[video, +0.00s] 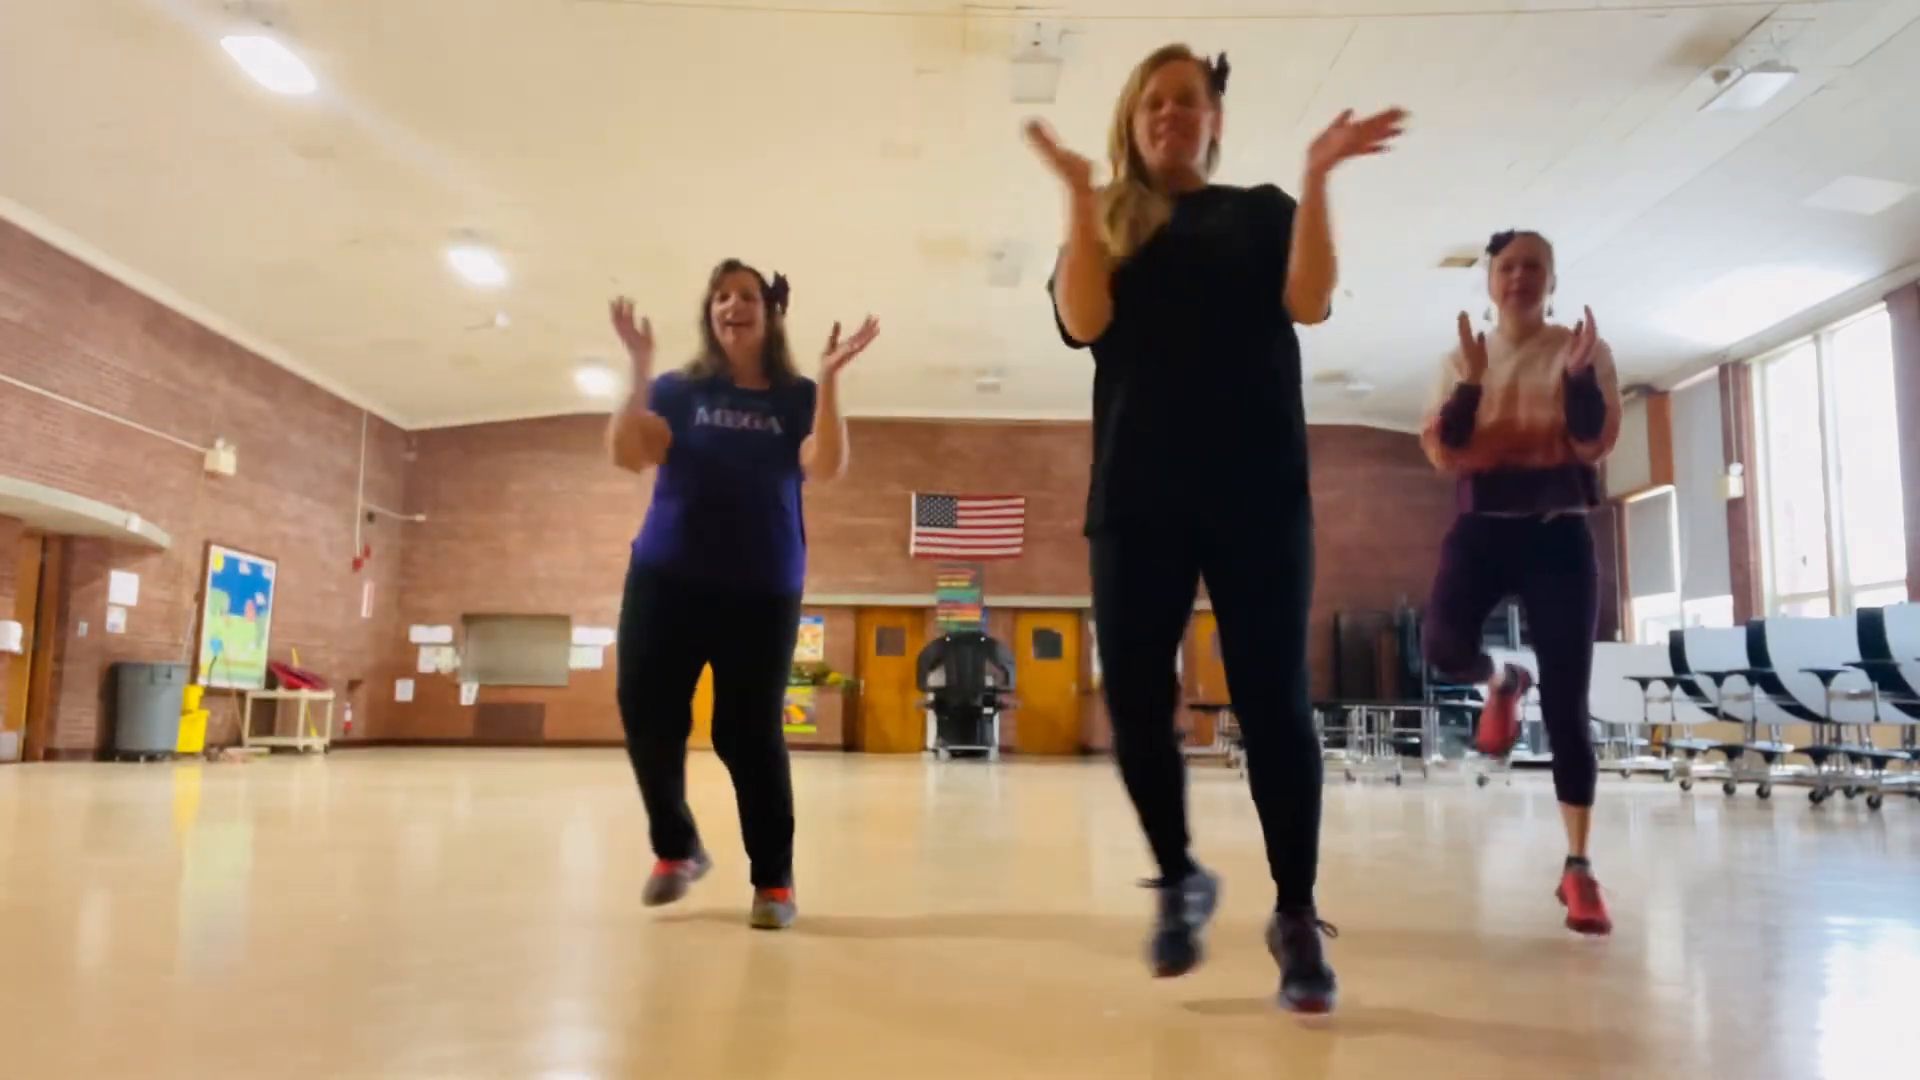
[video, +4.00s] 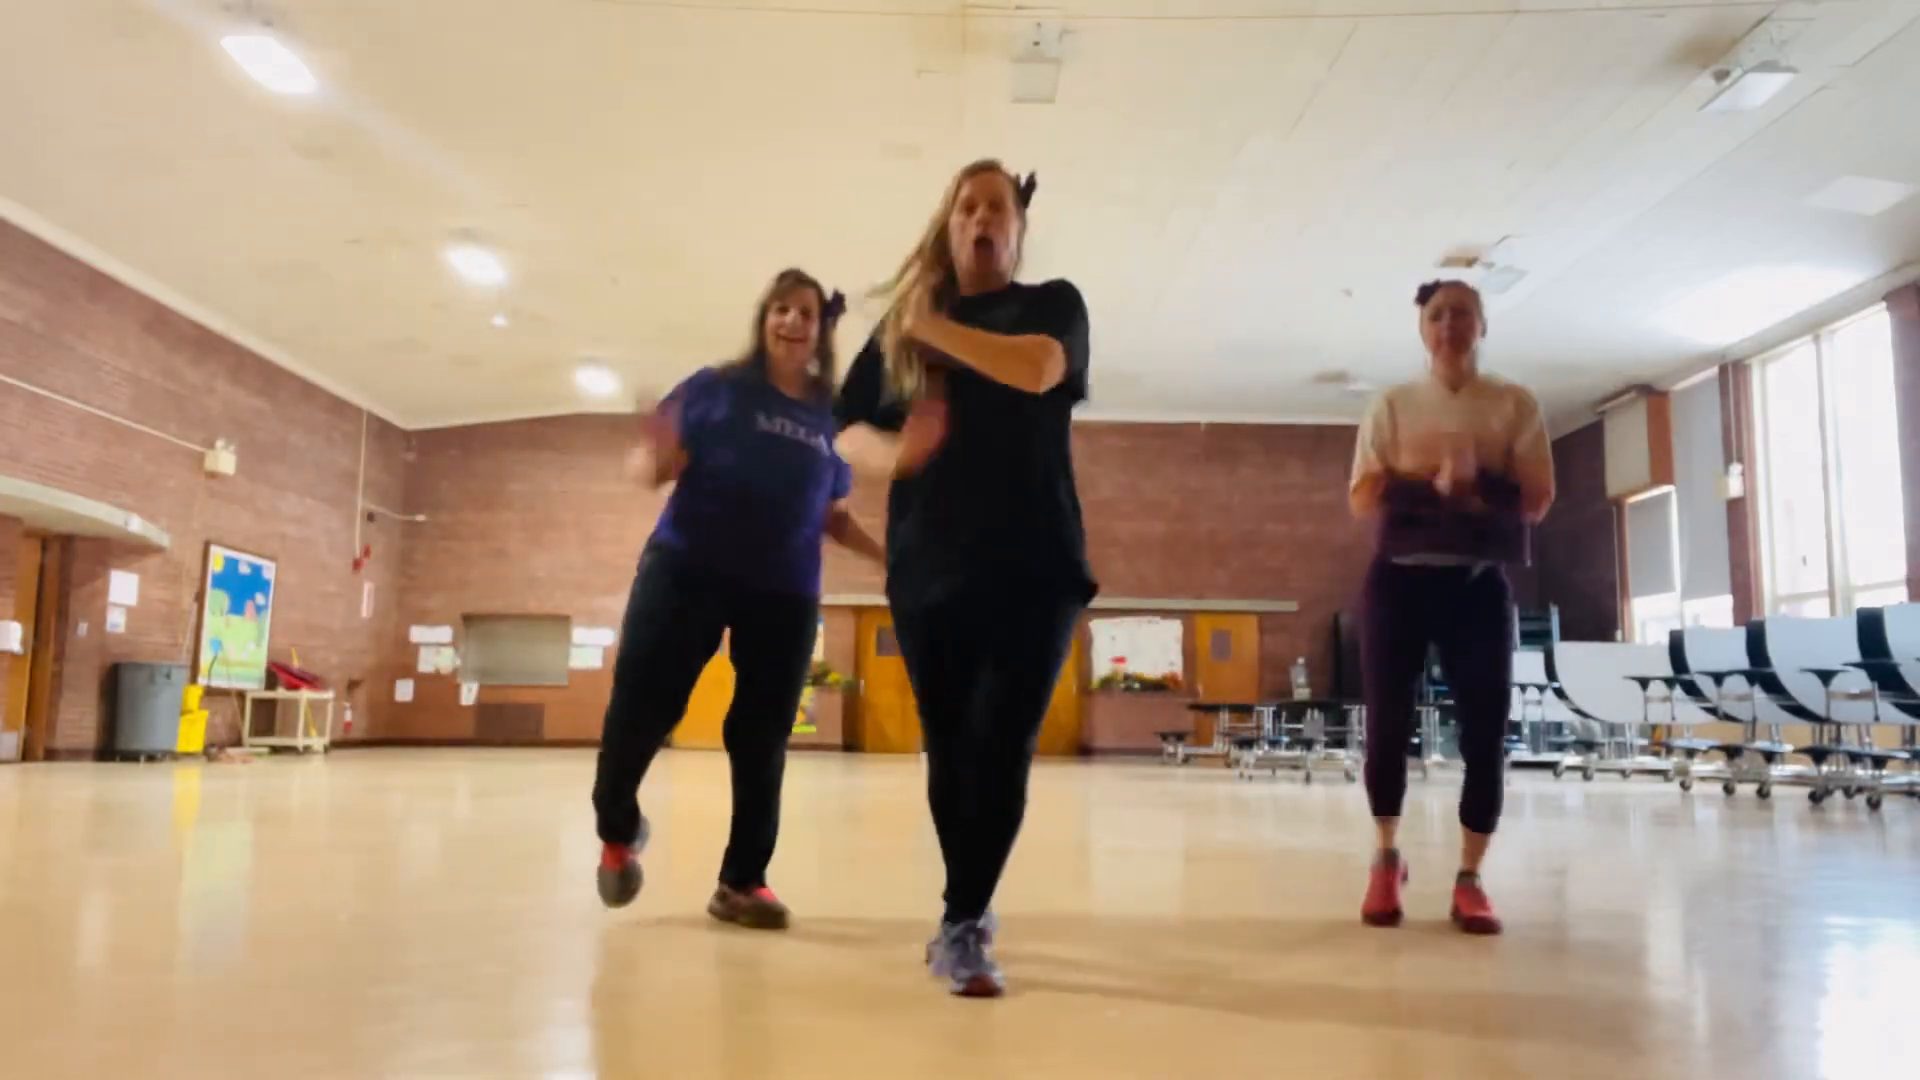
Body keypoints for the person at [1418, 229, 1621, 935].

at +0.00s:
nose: (1519, 276)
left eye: (1532, 266)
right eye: (1508, 266)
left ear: (1549, 280)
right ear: (1489, 278)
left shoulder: (1578, 351)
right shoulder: (1467, 357)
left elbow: (1595, 444)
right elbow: (1442, 455)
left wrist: (1581, 375)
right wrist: (1471, 379)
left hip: (1558, 535)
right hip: (1480, 532)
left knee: (1566, 706)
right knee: (1444, 650)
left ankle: (1578, 866)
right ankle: (1502, 682)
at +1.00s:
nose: (1355, 318)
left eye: (1366, 307)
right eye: (1342, 307)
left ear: (1381, 312)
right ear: (1321, 311)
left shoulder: (1406, 387)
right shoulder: (1290, 392)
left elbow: (1431, 467)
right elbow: (1253, 477)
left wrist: (1431, 532)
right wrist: (1282, 541)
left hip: (1385, 570)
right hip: (1315, 575)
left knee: (1420, 728)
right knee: (1360, 728)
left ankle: (1318, 815)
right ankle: (1408, 885)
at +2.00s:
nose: (1134, 284)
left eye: (1143, 276)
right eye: (1121, 274)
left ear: (1153, 293)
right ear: (1095, 289)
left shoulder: (1174, 369)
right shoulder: (1063, 370)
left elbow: (1199, 461)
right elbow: (1037, 468)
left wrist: (1161, 444)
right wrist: (1081, 444)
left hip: (1149, 548)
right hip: (1078, 549)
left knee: (1202, 700)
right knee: (1078, 712)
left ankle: (1118, 674)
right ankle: (1071, 863)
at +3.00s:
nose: (1320, 306)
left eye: (1327, 299)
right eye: (1304, 299)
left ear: (1336, 322)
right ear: (1274, 322)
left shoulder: (1362, 391)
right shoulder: (1246, 399)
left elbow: (1395, 463)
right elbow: (1209, 476)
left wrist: (1394, 528)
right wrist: (1232, 506)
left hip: (1342, 571)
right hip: (1267, 576)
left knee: (1332, 722)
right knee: (1292, 726)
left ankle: (1284, 873)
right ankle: (1342, 860)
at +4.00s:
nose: (1450, 325)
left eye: (1461, 315)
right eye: (1438, 315)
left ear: (1480, 326)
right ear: (1421, 328)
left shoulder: (1515, 405)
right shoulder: (1391, 407)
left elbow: (1538, 501)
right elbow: (1363, 499)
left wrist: (1475, 480)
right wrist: (1423, 482)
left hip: (1479, 586)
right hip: (1400, 582)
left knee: (1484, 737)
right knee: (1386, 728)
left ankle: (1469, 879)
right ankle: (1386, 861)